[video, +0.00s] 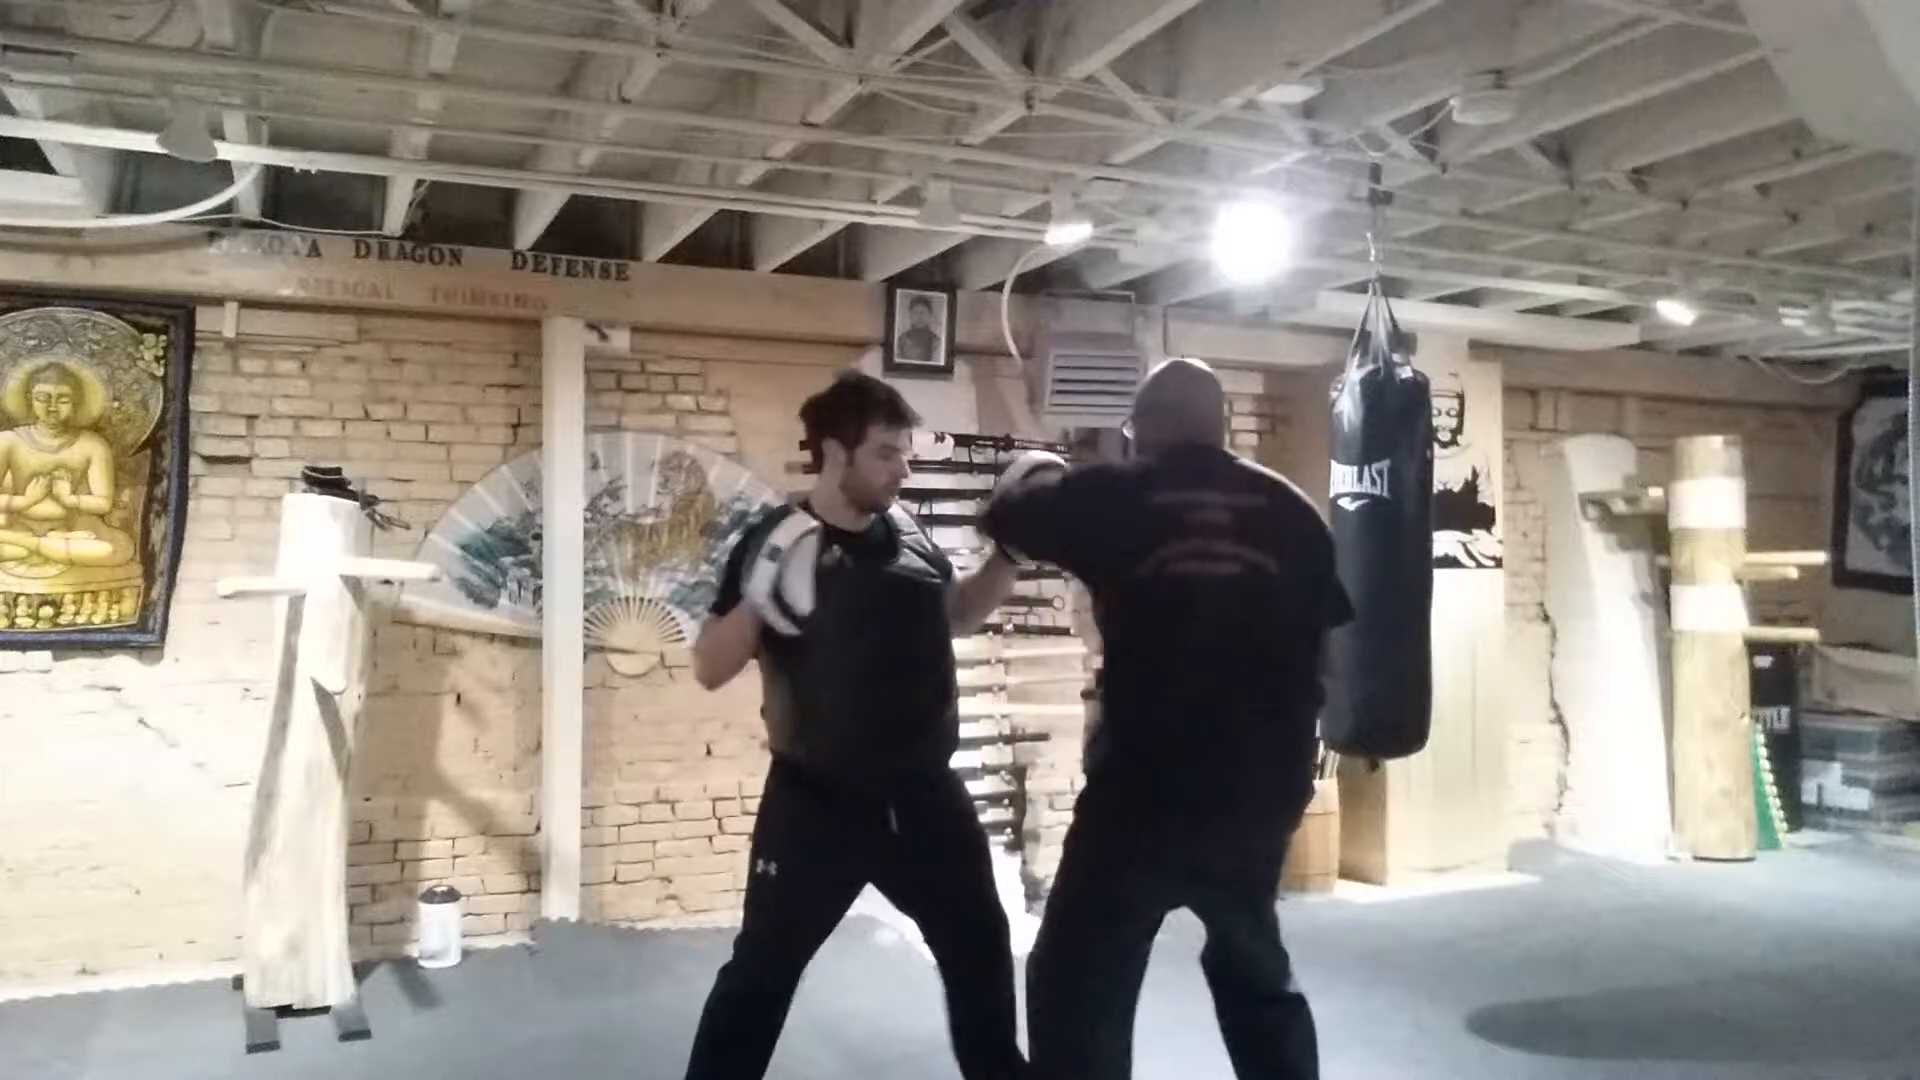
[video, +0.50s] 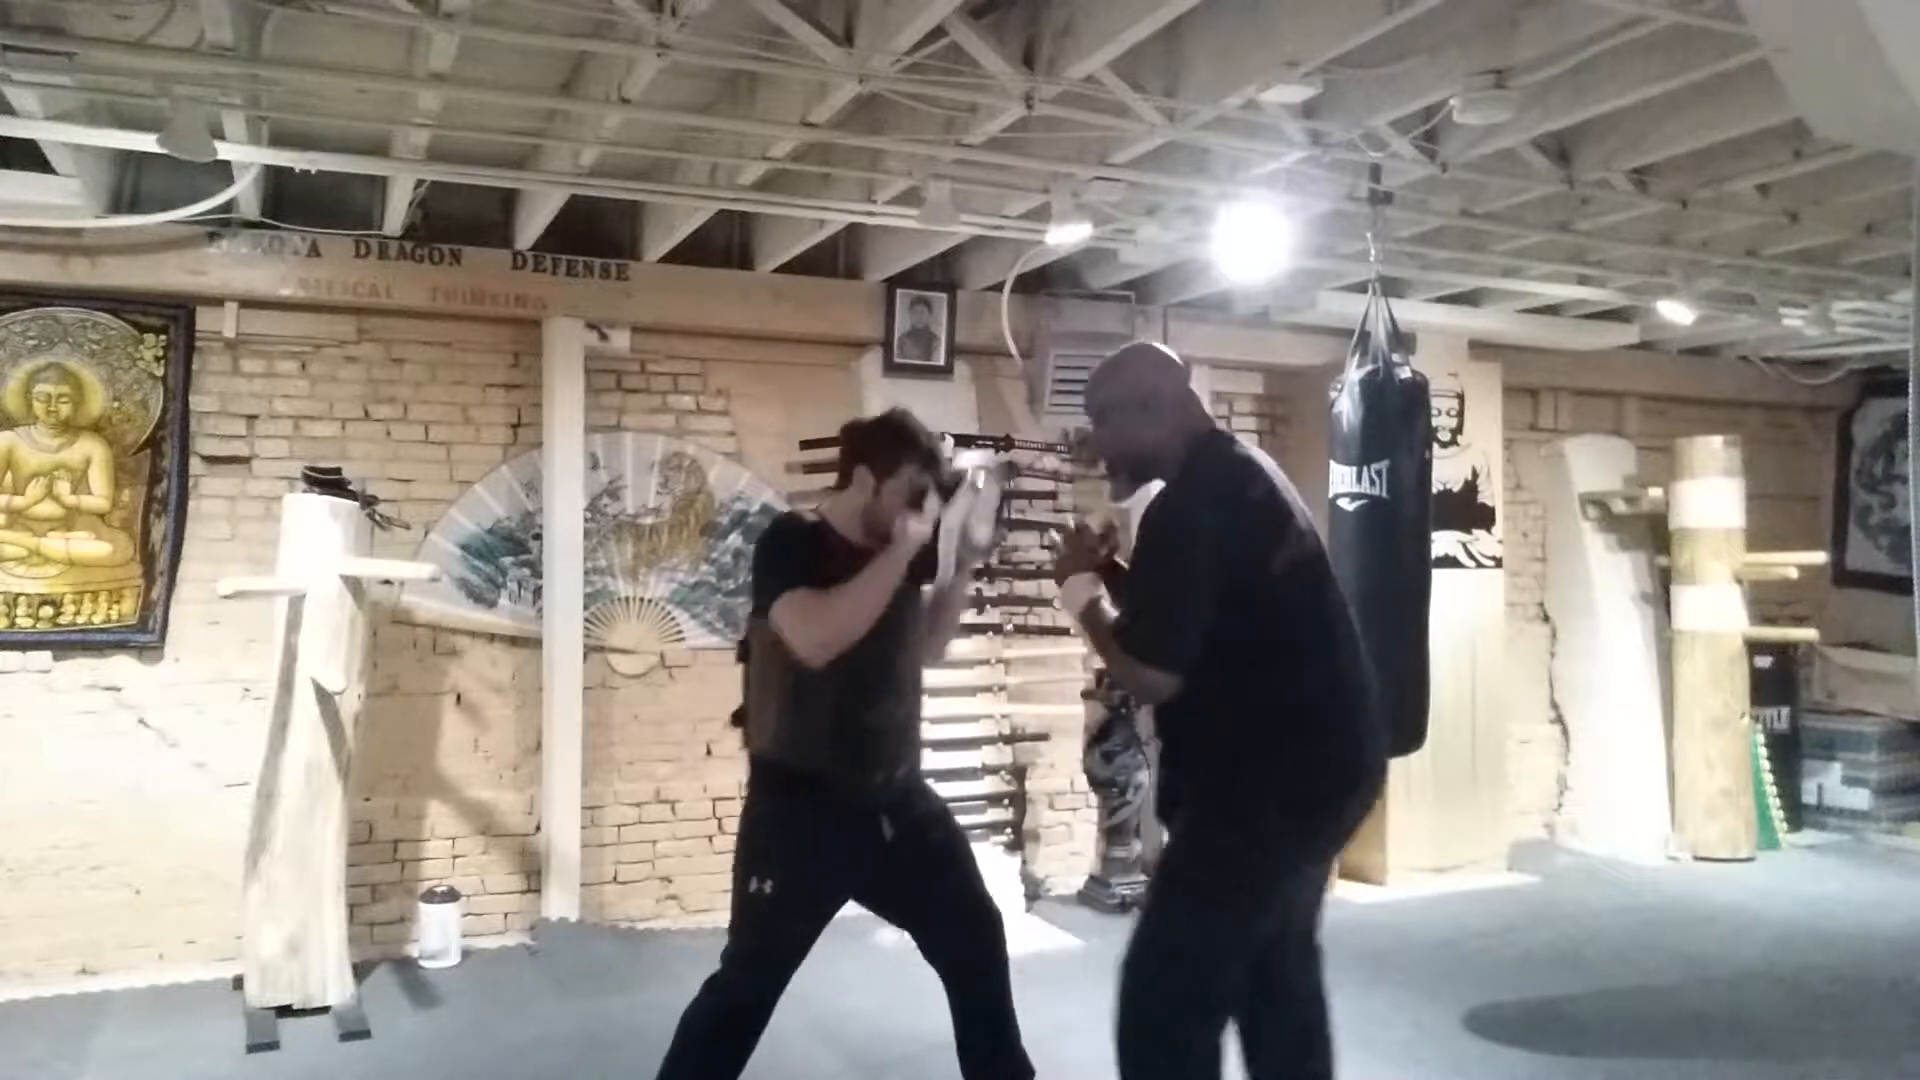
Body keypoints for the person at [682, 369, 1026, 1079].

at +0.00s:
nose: (904, 469)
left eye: (907, 453)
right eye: (887, 452)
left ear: (902, 455)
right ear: (833, 453)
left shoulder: (904, 533)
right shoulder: (772, 541)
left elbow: (959, 613)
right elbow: (711, 668)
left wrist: (1014, 539)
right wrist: (764, 586)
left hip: (922, 799)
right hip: (813, 803)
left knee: (981, 955)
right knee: (760, 976)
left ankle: (997, 1076)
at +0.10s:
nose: (914, 472)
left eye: (917, 456)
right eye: (899, 456)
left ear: (914, 455)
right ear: (846, 455)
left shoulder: (916, 536)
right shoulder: (788, 540)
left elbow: (972, 618)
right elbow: (732, 667)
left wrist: (1022, 550)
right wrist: (801, 586)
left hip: (931, 799)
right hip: (825, 802)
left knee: (994, 960)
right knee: (768, 976)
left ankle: (1006, 1078)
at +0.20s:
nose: (930, 460)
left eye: (934, 445)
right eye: (917, 442)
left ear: (926, 449)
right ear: (864, 443)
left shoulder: (925, 530)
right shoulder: (806, 529)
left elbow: (985, 616)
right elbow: (761, 645)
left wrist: (1016, 530)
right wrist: (849, 550)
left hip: (934, 790)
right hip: (831, 792)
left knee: (988, 952)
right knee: (768, 967)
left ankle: (1005, 1076)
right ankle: (713, 1079)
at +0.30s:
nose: (931, 470)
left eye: (939, 457)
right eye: (921, 453)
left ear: (942, 464)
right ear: (872, 448)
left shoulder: (935, 545)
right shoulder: (813, 523)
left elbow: (986, 611)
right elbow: (788, 621)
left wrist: (1010, 513)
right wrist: (881, 520)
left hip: (930, 790)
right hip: (827, 789)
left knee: (979, 955)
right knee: (763, 962)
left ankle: (999, 1074)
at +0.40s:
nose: (920, 488)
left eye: (930, 475)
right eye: (915, 470)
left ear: (930, 481)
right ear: (871, 459)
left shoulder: (916, 551)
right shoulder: (806, 524)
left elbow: (973, 614)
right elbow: (814, 609)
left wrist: (991, 520)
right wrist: (905, 516)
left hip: (915, 793)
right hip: (817, 795)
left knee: (979, 960)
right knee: (759, 972)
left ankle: (1000, 1076)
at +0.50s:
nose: (918, 518)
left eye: (926, 506)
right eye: (911, 499)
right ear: (861, 477)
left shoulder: (897, 558)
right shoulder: (788, 542)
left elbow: (925, 646)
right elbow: (813, 640)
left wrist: (960, 568)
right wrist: (901, 553)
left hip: (895, 804)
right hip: (799, 811)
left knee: (975, 950)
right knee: (746, 988)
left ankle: (1003, 1077)